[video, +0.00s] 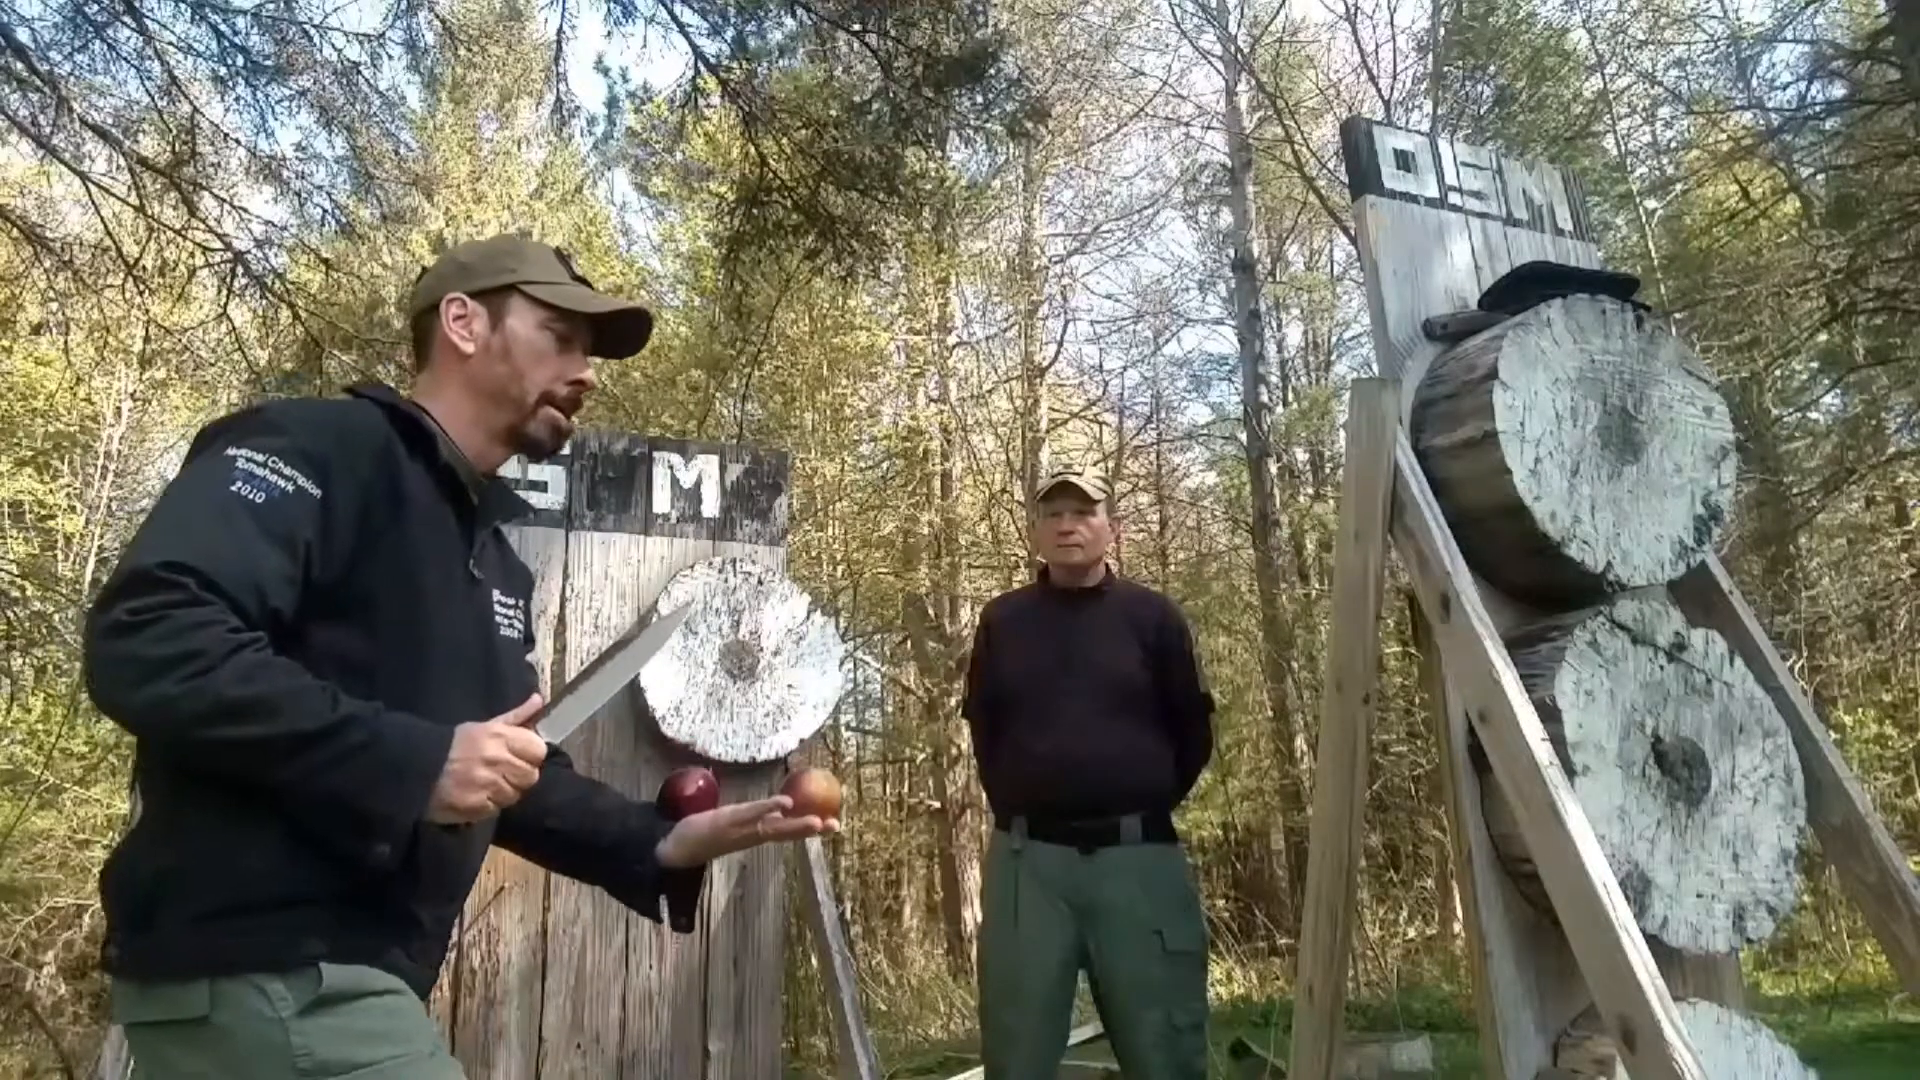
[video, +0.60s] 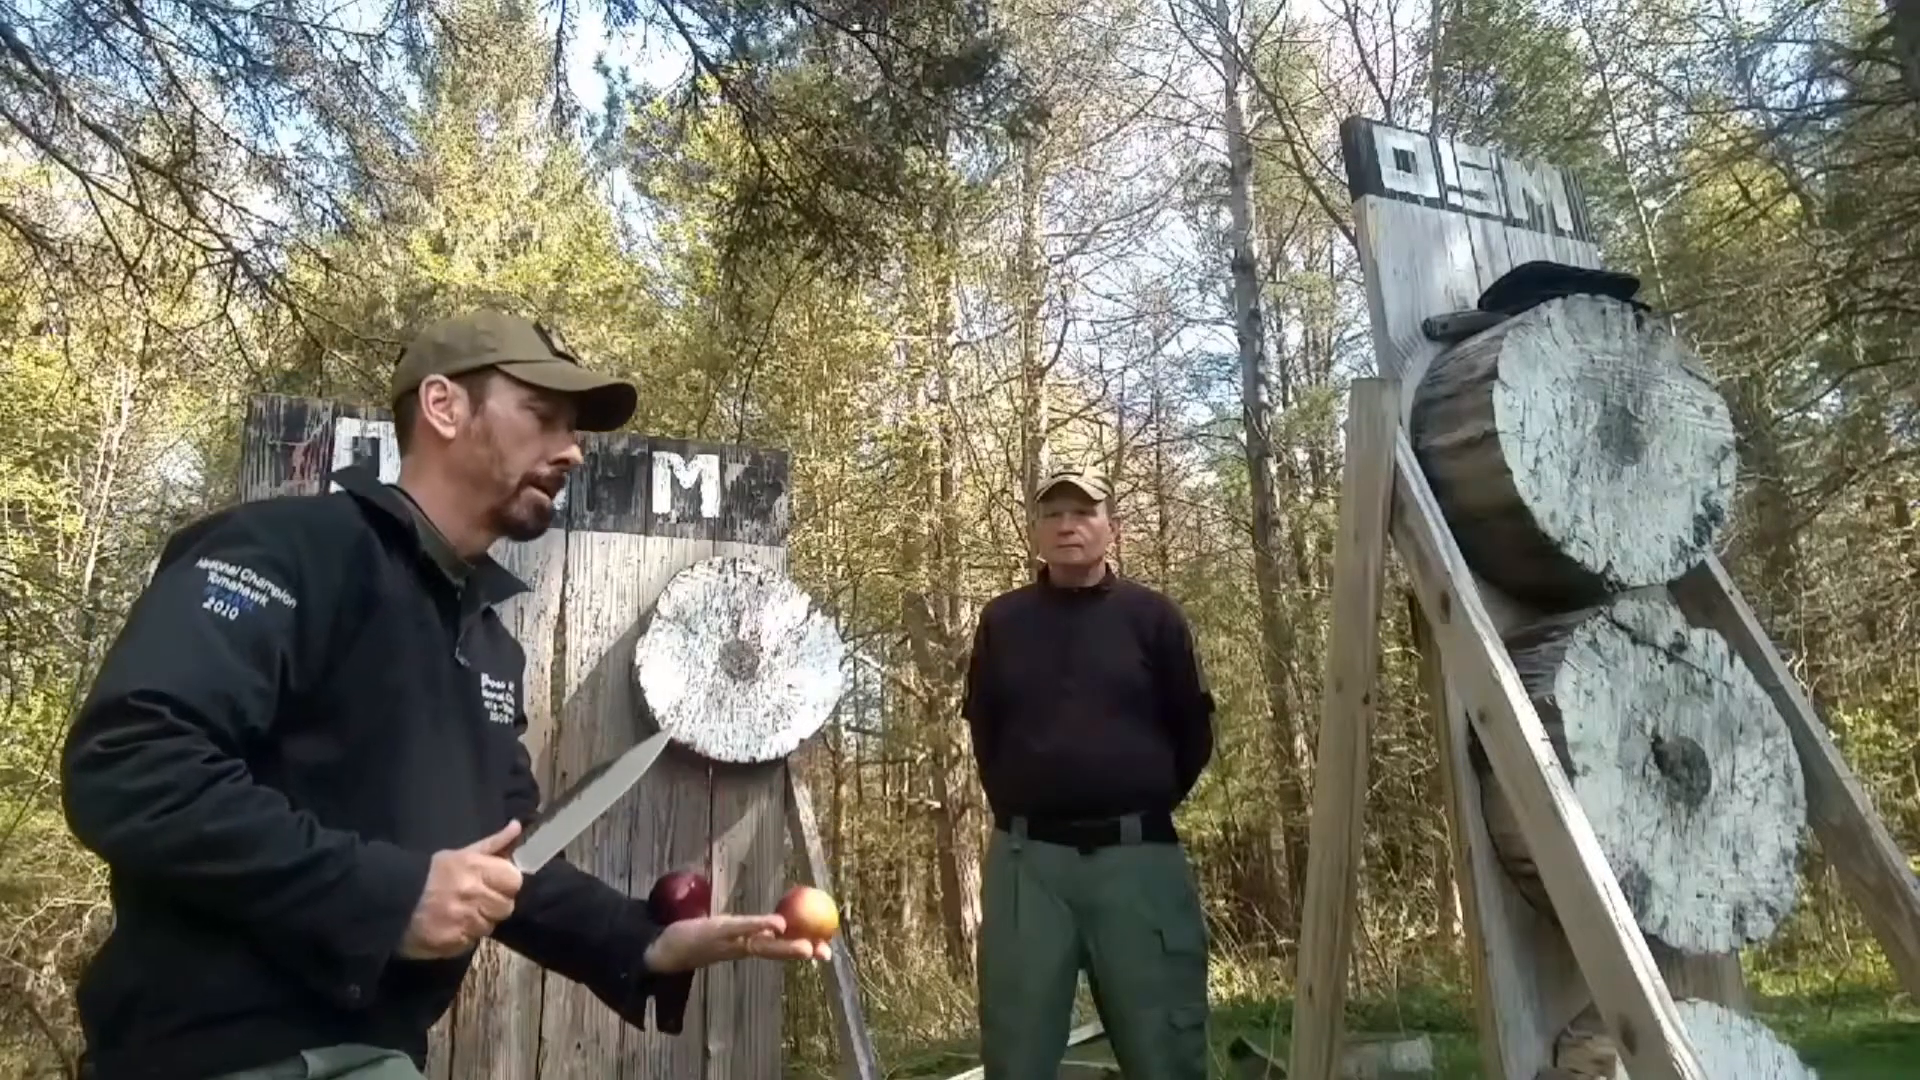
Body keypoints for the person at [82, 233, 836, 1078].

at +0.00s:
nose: (586, 374)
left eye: (592, 350)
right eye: (565, 336)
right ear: (464, 324)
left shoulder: (492, 556)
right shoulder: (312, 447)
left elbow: (492, 763)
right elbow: (146, 640)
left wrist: (657, 841)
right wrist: (417, 759)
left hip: (353, 979)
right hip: (264, 979)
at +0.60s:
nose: (572, 453)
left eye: (575, 428)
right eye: (546, 417)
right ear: (444, 409)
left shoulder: (490, 645)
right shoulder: (279, 549)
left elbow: (485, 858)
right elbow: (127, 773)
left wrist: (649, 940)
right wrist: (392, 892)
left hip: (381, 1042)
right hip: (221, 1042)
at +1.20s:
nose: (552, 450)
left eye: (555, 424)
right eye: (523, 412)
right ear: (420, 409)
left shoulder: (487, 628)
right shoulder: (264, 558)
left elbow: (548, 816)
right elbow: (149, 788)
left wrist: (716, 851)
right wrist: (421, 874)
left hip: (408, 1038)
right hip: (260, 1037)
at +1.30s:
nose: (546, 425)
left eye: (547, 399)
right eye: (518, 392)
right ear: (418, 387)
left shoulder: (487, 598)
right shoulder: (263, 537)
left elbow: (561, 765)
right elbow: (164, 749)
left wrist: (757, 776)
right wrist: (456, 806)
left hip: (416, 1021)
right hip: (290, 1025)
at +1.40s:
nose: (541, 395)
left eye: (541, 371)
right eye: (510, 359)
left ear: (425, 368)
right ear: (413, 360)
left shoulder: (484, 569)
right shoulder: (277, 506)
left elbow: (579, 719)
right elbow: (196, 704)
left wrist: (769, 699)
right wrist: (492, 707)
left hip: (408, 992)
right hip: (323, 999)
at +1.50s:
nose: (537, 370)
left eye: (538, 347)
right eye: (507, 334)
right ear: (410, 336)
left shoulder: (478, 530)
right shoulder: (292, 468)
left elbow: (598, 665)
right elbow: (234, 649)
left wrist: (780, 631)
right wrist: (518, 600)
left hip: (411, 962)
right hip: (338, 970)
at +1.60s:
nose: (529, 340)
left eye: (528, 319)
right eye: (500, 311)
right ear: (403, 314)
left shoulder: (492, 492)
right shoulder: (298, 443)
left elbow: (604, 626)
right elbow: (276, 598)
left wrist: (780, 577)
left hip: (426, 927)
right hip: (340, 932)